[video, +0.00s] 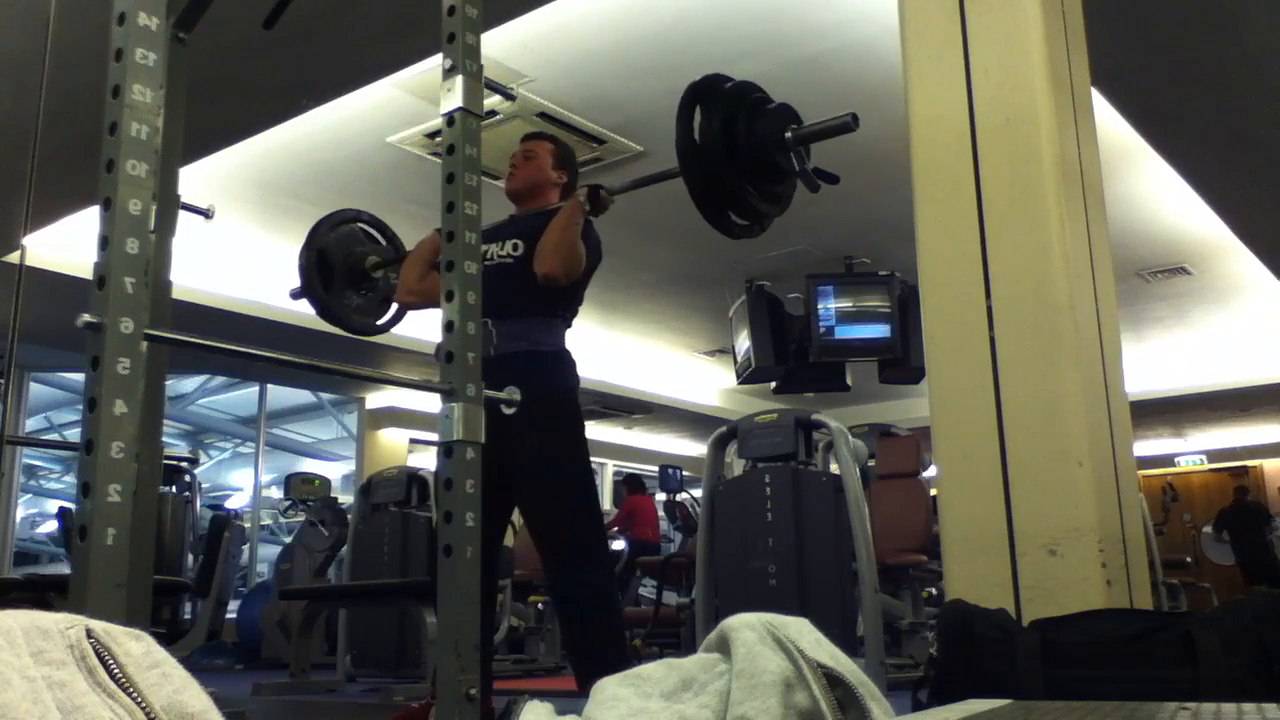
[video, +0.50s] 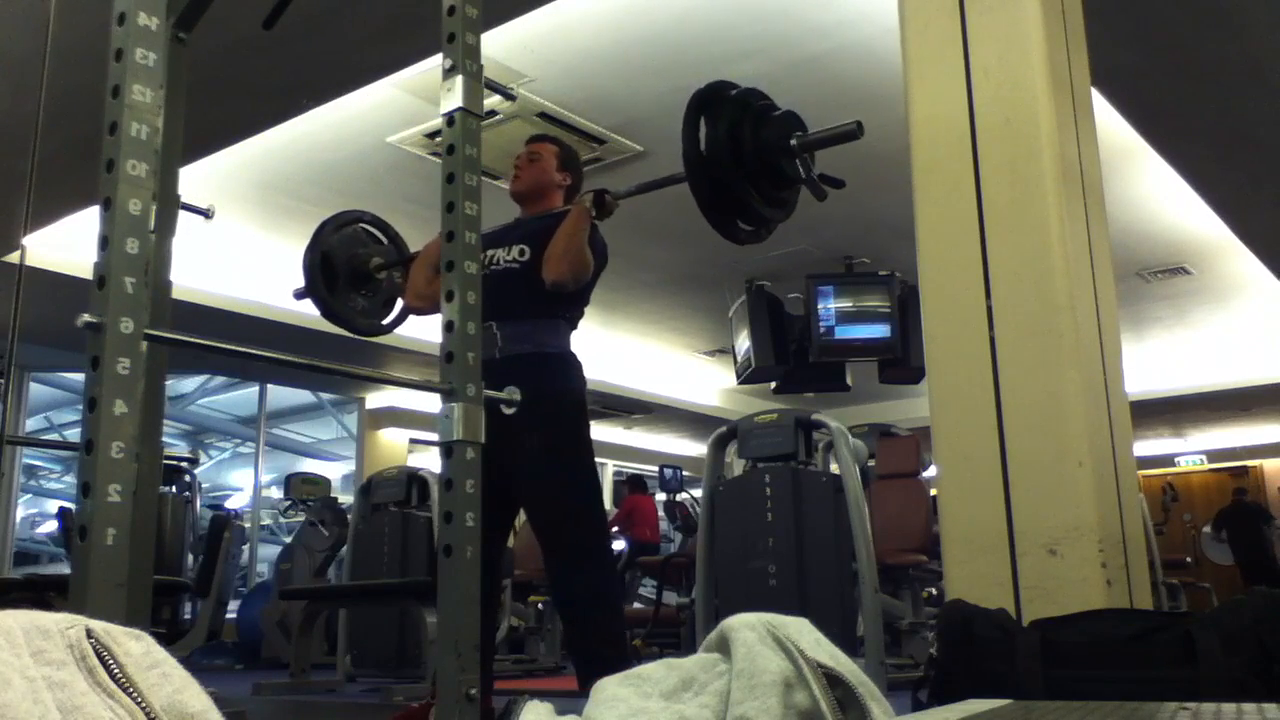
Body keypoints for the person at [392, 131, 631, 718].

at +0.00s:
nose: (513, 164)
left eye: (527, 156)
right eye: (510, 159)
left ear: (561, 177)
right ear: (507, 181)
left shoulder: (573, 228)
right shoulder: (484, 242)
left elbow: (551, 267)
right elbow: (408, 289)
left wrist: (577, 201)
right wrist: (445, 230)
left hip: (539, 389)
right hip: (473, 395)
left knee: (572, 549)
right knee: (465, 548)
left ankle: (610, 695)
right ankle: (458, 692)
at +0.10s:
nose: (514, 165)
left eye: (528, 157)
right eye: (511, 160)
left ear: (562, 177)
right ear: (507, 182)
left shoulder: (575, 229)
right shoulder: (485, 242)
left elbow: (553, 269)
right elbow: (410, 291)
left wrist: (577, 203)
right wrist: (443, 233)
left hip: (540, 389)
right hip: (474, 394)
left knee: (572, 548)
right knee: (466, 548)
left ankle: (610, 694)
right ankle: (458, 692)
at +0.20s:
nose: (514, 166)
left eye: (529, 158)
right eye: (512, 161)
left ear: (562, 177)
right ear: (509, 182)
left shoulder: (576, 230)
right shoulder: (486, 242)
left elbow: (554, 270)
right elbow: (412, 293)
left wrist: (578, 204)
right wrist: (446, 232)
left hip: (542, 388)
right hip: (475, 393)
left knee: (574, 547)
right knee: (468, 547)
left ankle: (610, 694)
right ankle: (459, 692)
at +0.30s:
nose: (514, 166)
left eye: (529, 159)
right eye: (512, 161)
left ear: (563, 177)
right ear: (509, 182)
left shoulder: (577, 231)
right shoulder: (485, 243)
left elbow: (556, 271)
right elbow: (414, 294)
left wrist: (580, 204)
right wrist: (447, 233)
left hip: (544, 391)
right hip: (476, 396)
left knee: (576, 550)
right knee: (469, 549)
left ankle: (609, 694)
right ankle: (460, 692)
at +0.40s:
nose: (516, 167)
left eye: (531, 159)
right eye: (514, 162)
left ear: (564, 178)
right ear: (510, 183)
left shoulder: (578, 232)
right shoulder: (486, 243)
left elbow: (557, 272)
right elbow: (415, 295)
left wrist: (581, 205)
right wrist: (446, 235)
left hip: (544, 388)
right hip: (475, 393)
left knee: (575, 548)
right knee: (469, 547)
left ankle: (609, 694)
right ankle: (461, 692)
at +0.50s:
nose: (519, 164)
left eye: (534, 157)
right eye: (516, 160)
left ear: (566, 179)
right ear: (511, 183)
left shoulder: (580, 232)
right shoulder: (484, 243)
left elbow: (559, 273)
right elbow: (417, 295)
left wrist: (583, 204)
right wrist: (448, 233)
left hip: (544, 388)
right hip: (474, 394)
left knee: (576, 550)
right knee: (470, 549)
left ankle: (609, 694)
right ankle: (461, 693)